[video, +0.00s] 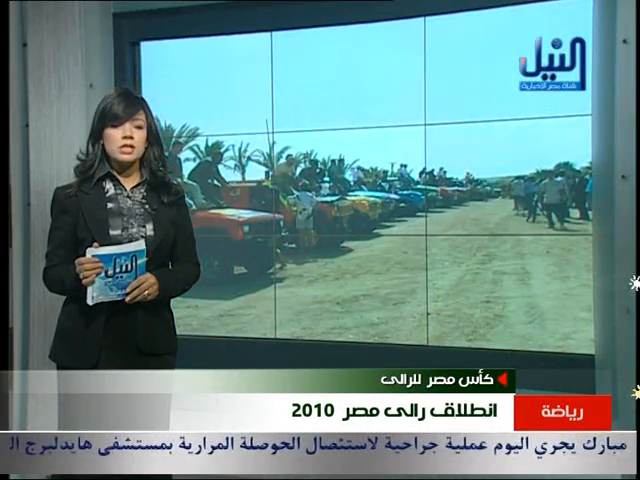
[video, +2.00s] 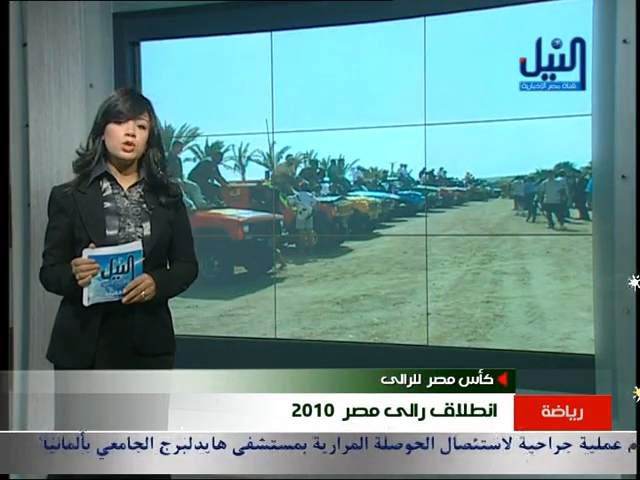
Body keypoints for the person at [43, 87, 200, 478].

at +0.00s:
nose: (128, 135)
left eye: (137, 126)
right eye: (117, 126)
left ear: (149, 136)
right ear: (101, 136)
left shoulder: (170, 196)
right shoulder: (71, 198)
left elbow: (189, 267)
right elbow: (53, 274)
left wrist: (161, 282)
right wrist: (77, 274)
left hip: (151, 348)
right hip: (86, 349)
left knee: (150, 452)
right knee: (83, 452)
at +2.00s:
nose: (130, 133)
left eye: (140, 126)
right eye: (121, 123)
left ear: (150, 137)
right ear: (102, 132)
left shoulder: (168, 196)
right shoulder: (69, 197)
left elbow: (187, 266)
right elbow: (50, 272)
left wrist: (159, 282)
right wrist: (73, 275)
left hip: (148, 348)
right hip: (83, 348)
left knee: (146, 451)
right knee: (79, 451)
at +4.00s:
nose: (116, 140)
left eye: (126, 129)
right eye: (105, 131)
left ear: (141, 135)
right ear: (92, 140)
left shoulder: (166, 195)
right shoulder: (66, 197)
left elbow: (187, 265)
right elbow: (48, 273)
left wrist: (157, 282)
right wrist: (70, 275)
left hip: (146, 348)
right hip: (81, 349)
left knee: (146, 453)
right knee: (78, 453)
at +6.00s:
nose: (128, 134)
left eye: (137, 126)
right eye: (118, 125)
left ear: (149, 136)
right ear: (101, 136)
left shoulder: (169, 197)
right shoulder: (71, 197)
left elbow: (188, 266)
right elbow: (51, 272)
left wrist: (161, 282)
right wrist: (76, 275)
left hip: (149, 349)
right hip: (84, 349)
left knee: (148, 452)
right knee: (81, 452)